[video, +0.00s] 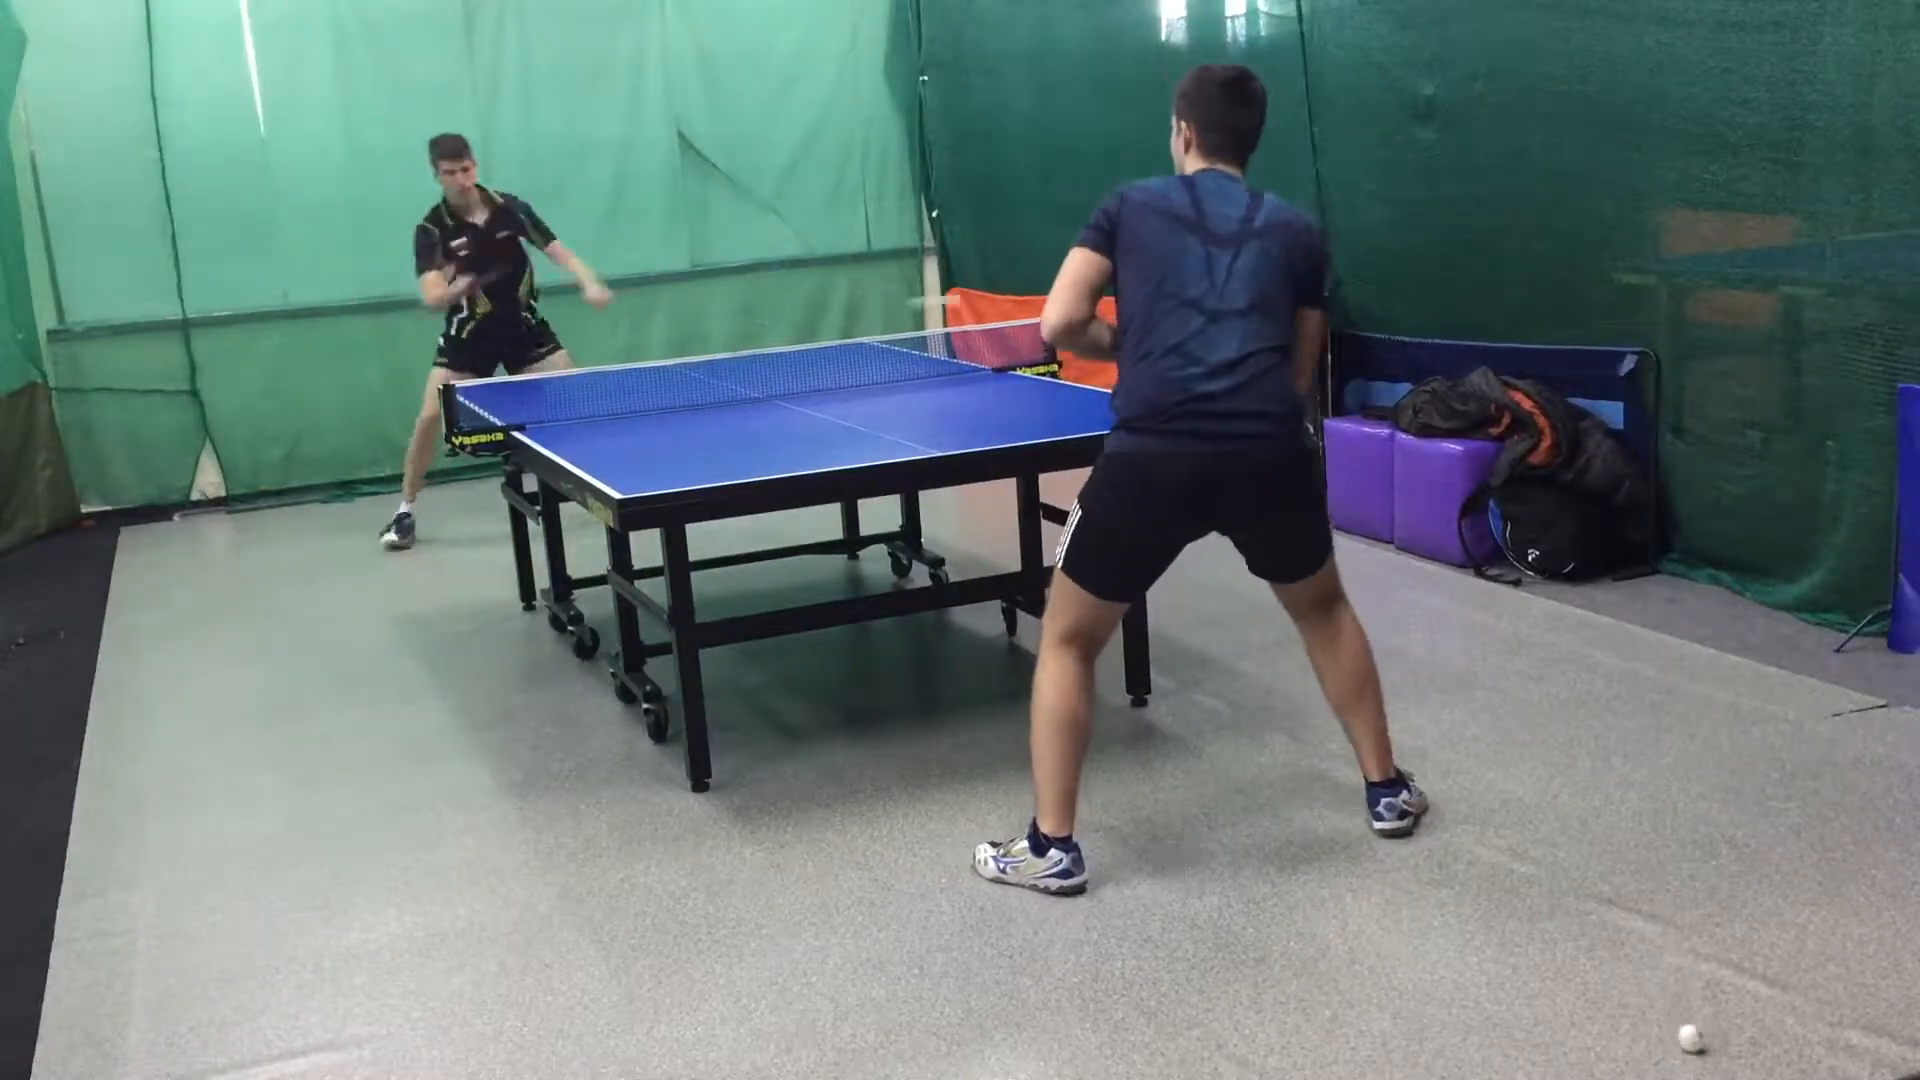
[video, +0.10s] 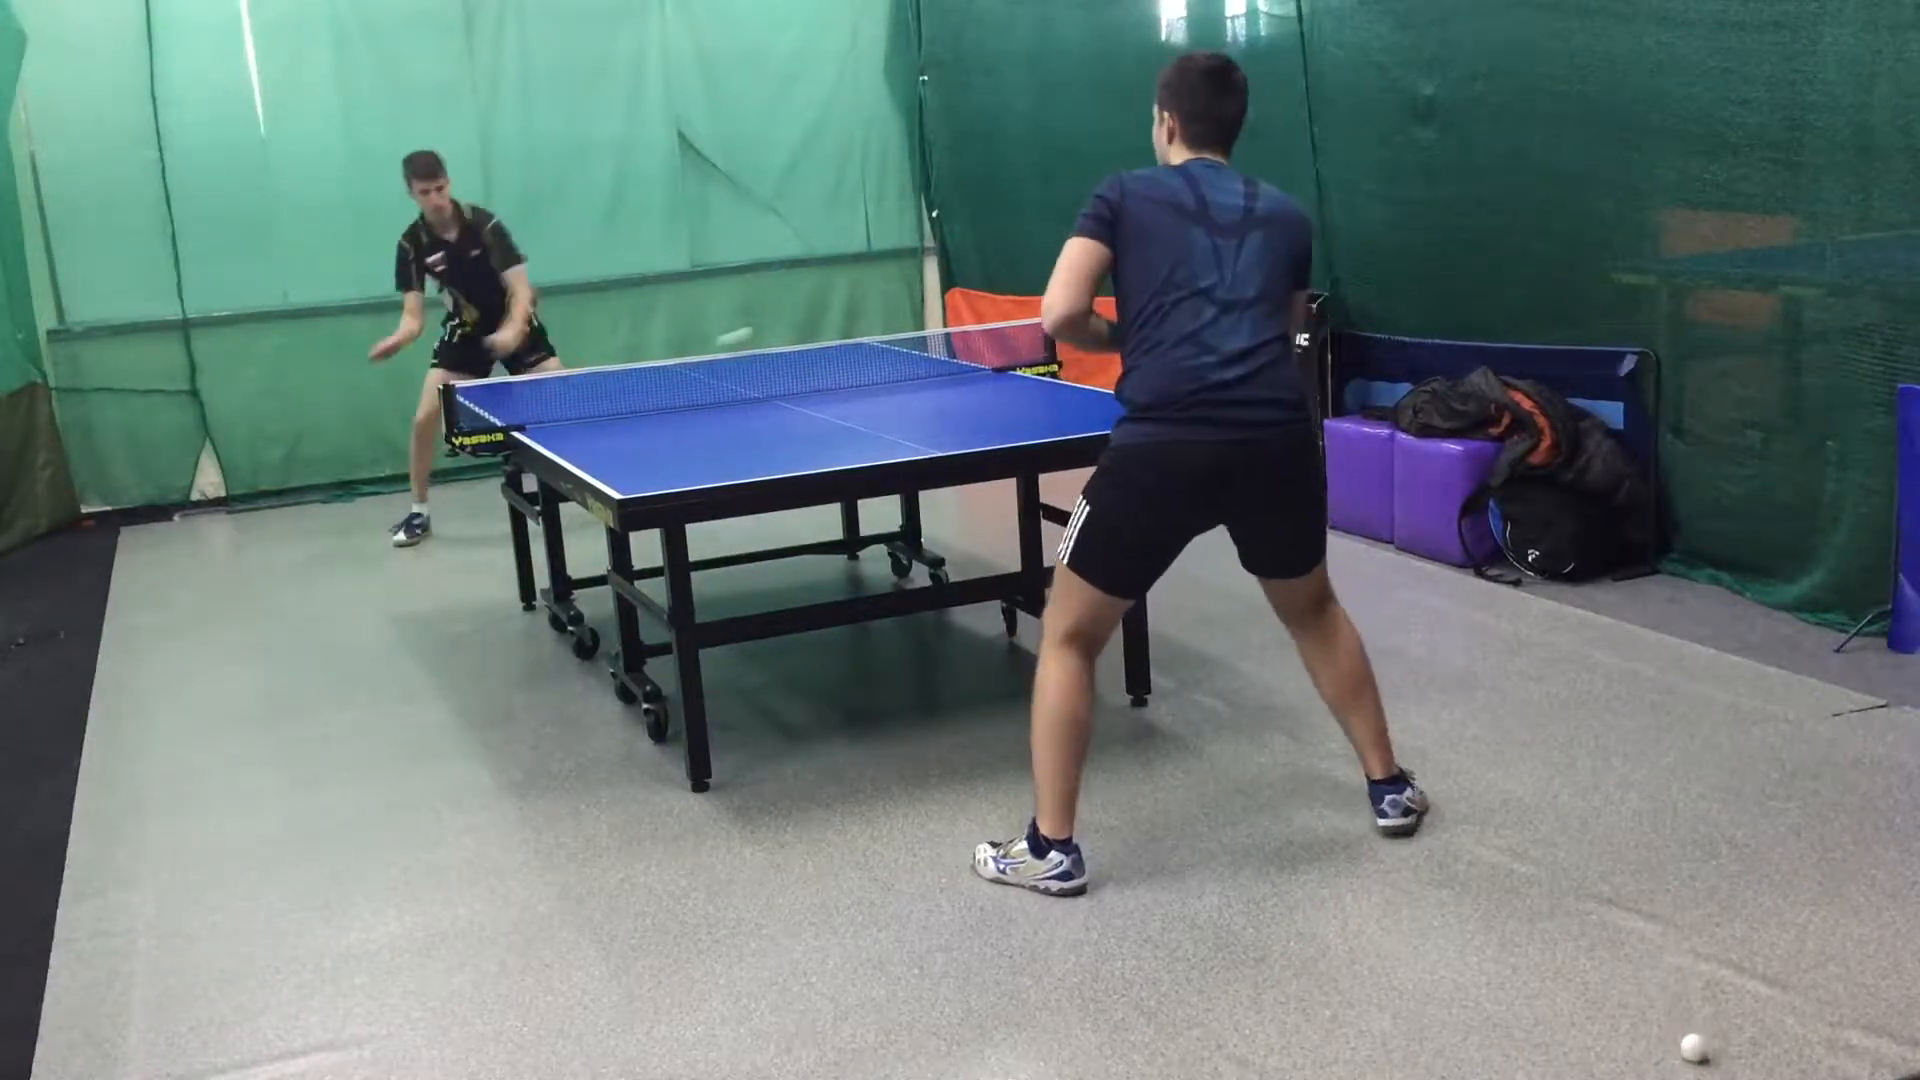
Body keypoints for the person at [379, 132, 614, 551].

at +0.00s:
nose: (460, 179)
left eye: (464, 169)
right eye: (449, 173)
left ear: (475, 166)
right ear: (437, 176)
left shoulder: (510, 209)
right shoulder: (433, 227)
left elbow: (558, 252)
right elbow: (432, 295)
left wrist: (590, 283)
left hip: (522, 324)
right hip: (467, 332)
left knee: (574, 395)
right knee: (428, 418)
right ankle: (405, 512)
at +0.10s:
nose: (437, 198)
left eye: (441, 188)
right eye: (427, 192)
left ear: (449, 183)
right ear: (413, 195)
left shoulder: (483, 224)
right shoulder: (413, 243)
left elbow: (521, 289)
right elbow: (413, 314)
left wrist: (513, 329)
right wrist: (399, 338)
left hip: (510, 317)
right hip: (463, 327)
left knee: (562, 394)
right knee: (425, 417)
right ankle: (418, 511)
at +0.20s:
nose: (417, 226)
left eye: (421, 215)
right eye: (407, 219)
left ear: (431, 208)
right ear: (394, 219)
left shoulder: (460, 248)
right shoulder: (408, 263)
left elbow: (476, 315)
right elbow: (415, 335)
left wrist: (430, 348)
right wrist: (368, 369)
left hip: (519, 347)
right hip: (468, 349)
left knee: (538, 424)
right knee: (415, 419)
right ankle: (418, 511)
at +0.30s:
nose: (417, 234)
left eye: (421, 222)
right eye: (406, 228)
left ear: (431, 212)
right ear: (396, 227)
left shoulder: (460, 250)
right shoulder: (422, 262)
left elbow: (479, 307)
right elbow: (440, 330)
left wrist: (433, 338)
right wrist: (384, 369)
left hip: (529, 351)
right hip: (484, 349)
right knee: (420, 414)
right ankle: (419, 511)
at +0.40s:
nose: (433, 218)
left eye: (437, 207)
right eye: (423, 212)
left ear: (450, 198)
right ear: (417, 214)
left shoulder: (490, 230)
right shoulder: (445, 255)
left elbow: (545, 264)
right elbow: (457, 325)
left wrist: (521, 297)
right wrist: (412, 349)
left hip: (544, 346)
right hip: (496, 348)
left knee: (560, 420)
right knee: (437, 417)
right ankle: (422, 511)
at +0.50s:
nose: (460, 194)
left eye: (463, 183)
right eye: (452, 188)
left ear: (479, 175)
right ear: (447, 192)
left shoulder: (530, 206)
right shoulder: (460, 237)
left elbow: (586, 232)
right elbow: (472, 299)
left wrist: (577, 239)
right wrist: (448, 294)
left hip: (559, 329)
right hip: (506, 337)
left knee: (597, 402)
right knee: (465, 414)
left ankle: (618, 491)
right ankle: (434, 506)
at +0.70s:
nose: (515, 184)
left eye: (518, 174)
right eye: (505, 179)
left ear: (528, 171)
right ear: (491, 183)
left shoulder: (556, 209)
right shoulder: (498, 230)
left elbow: (616, 236)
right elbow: (535, 268)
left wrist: (652, 219)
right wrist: (564, 213)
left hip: (571, 332)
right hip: (530, 346)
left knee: (634, 377)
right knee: (506, 433)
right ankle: (453, 503)